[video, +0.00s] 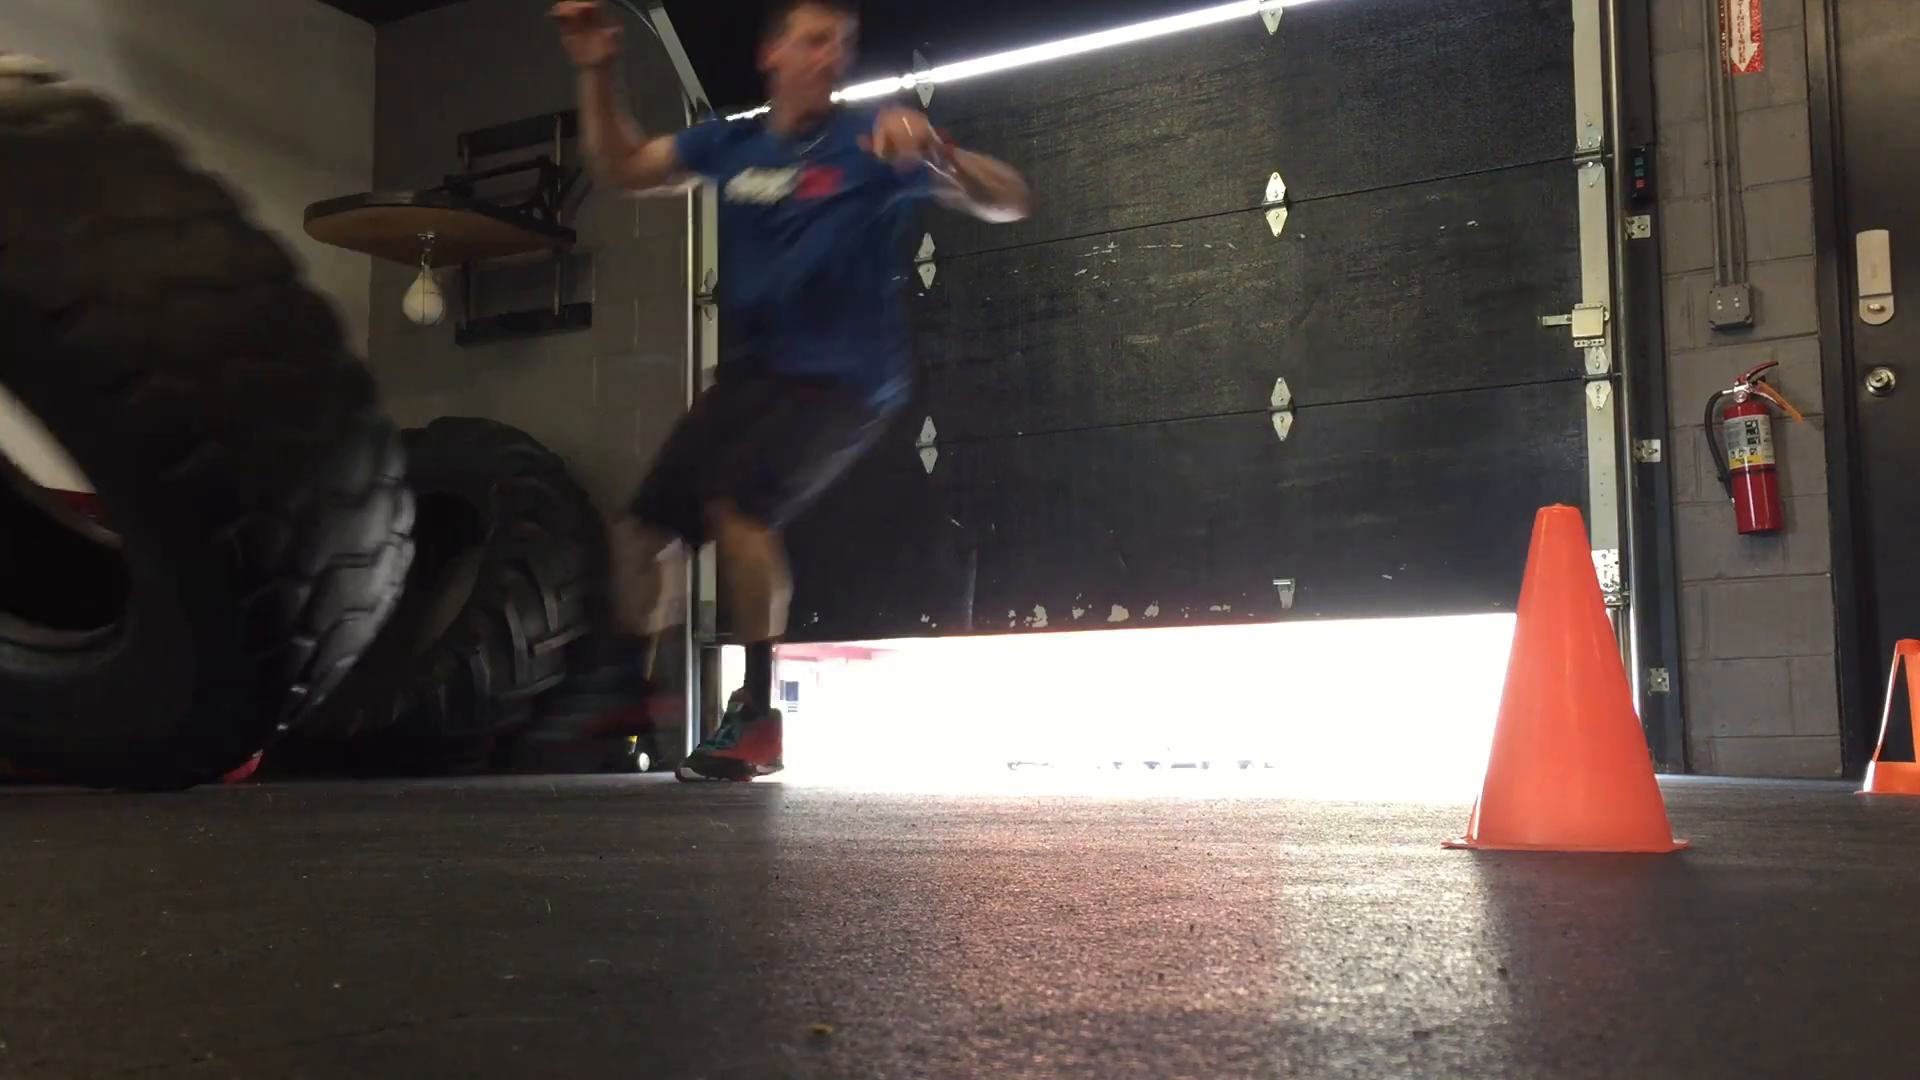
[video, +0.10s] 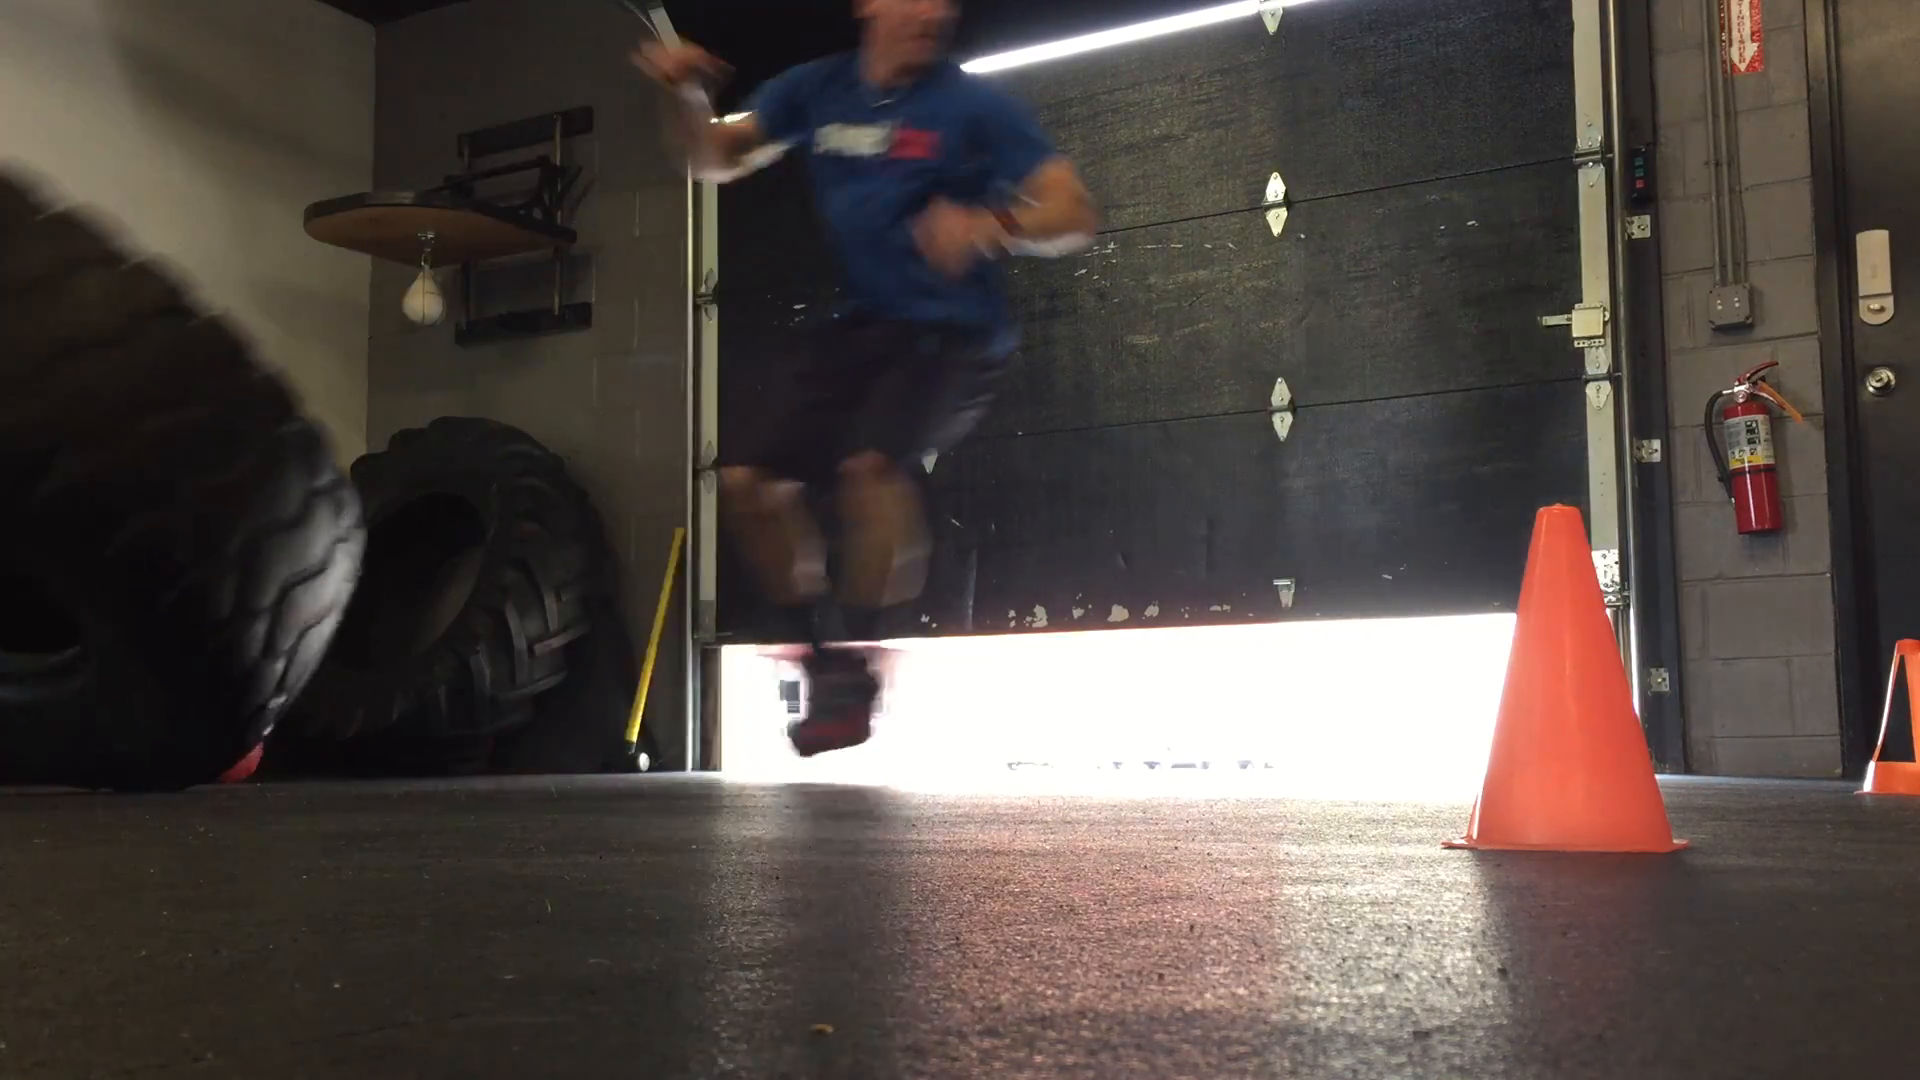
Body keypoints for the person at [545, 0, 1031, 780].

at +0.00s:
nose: (833, 56)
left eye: (842, 43)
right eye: (816, 39)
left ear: (852, 58)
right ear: (771, 53)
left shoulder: (881, 144)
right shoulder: (731, 142)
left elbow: (1013, 202)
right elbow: (621, 167)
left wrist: (938, 154)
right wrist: (596, 69)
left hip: (852, 378)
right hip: (758, 373)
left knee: (742, 508)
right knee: (643, 525)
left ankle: (756, 719)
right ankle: (633, 699)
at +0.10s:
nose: (925, 20)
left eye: (938, 9)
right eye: (908, 5)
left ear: (950, 21)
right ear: (867, 9)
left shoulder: (974, 106)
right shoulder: (814, 92)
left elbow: (1074, 212)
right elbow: (711, 156)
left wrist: (988, 223)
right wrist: (683, 91)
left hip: (955, 336)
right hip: (860, 329)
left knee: (872, 466)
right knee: (755, 477)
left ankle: (853, 674)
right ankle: (822, 662)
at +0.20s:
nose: (1050, 13)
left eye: (1056, 5)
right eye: (1032, 0)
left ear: (1059, 17)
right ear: (985, 5)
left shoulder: (1083, 107)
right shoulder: (923, 87)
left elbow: (1146, 235)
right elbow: (814, 173)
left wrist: (1116, 298)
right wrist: (814, 150)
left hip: (1048, 324)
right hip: (950, 328)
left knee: (1036, 446)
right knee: (866, 510)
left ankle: (1131, 634)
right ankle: (921, 709)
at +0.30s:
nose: (1182, 25)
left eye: (1189, 11)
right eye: (1166, 8)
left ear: (1197, 24)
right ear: (1120, 14)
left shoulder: (1211, 130)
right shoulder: (1037, 105)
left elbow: (1289, 241)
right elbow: (923, 188)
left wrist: (1311, 311)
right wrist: (953, 209)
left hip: (1177, 365)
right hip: (1056, 367)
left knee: (1283, 490)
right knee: (961, 541)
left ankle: (1413, 646)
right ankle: (943, 714)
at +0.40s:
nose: (1359, 69)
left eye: (1367, 52)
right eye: (1339, 46)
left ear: (1363, 64)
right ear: (1273, 42)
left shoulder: (1370, 164)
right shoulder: (1192, 138)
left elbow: (1472, 282)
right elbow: (1095, 228)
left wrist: (1559, 396)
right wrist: (1079, 311)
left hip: (1323, 406)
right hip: (1195, 405)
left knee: (1473, 529)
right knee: (1089, 574)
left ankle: (1639, 693)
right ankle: (1025, 705)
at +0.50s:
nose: (1529, 155)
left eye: (1539, 137)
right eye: (1511, 131)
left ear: (1541, 143)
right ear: (1441, 121)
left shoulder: (1529, 254)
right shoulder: (1337, 210)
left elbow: (1637, 394)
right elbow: (1230, 310)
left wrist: (1772, 517)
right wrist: (1184, 443)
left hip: (1440, 440)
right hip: (1317, 457)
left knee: (1594, 519)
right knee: (1276, 643)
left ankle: (1682, 708)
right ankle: (1167, 710)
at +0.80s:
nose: (1469, 127)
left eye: (1493, 108)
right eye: (1454, 103)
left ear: (1543, 119)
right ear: (1433, 105)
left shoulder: (1578, 221)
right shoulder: (1362, 190)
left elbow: (1631, 361)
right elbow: (1236, 277)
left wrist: (1716, 493)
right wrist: (1180, 413)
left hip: (1467, 396)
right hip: (1328, 387)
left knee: (1617, 527)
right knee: (1293, 538)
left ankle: (1694, 727)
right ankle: (1208, 671)